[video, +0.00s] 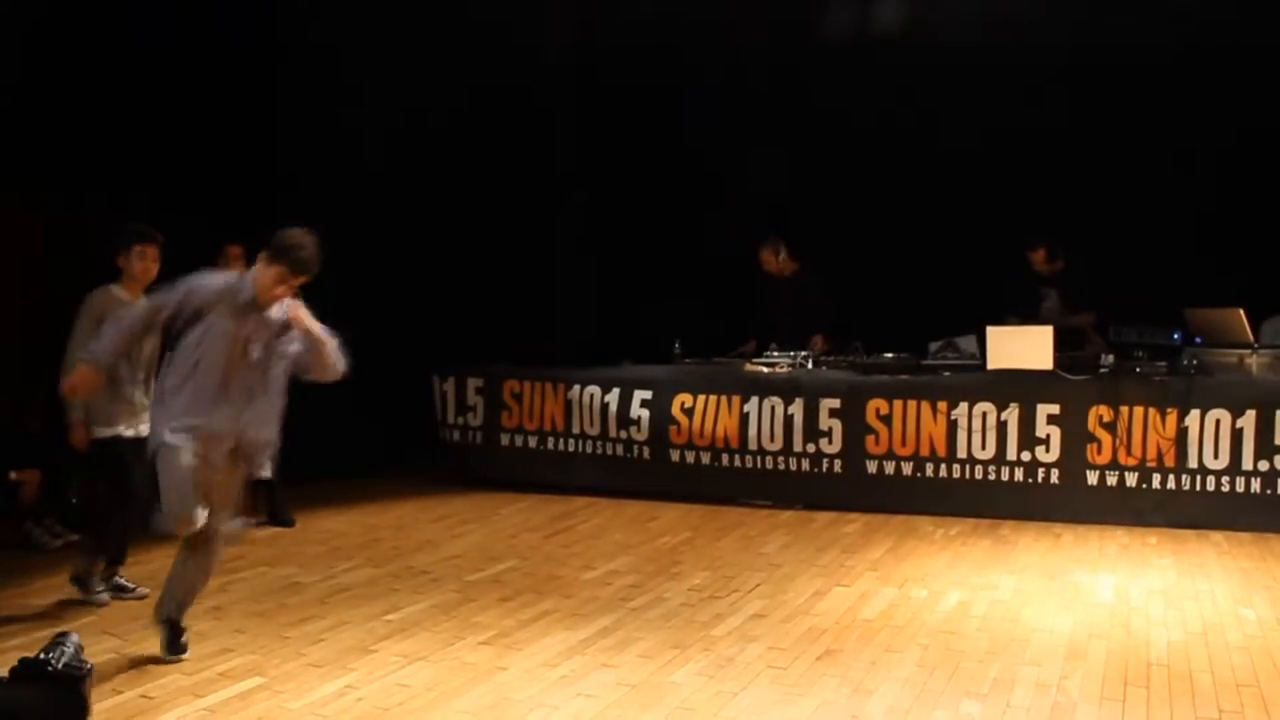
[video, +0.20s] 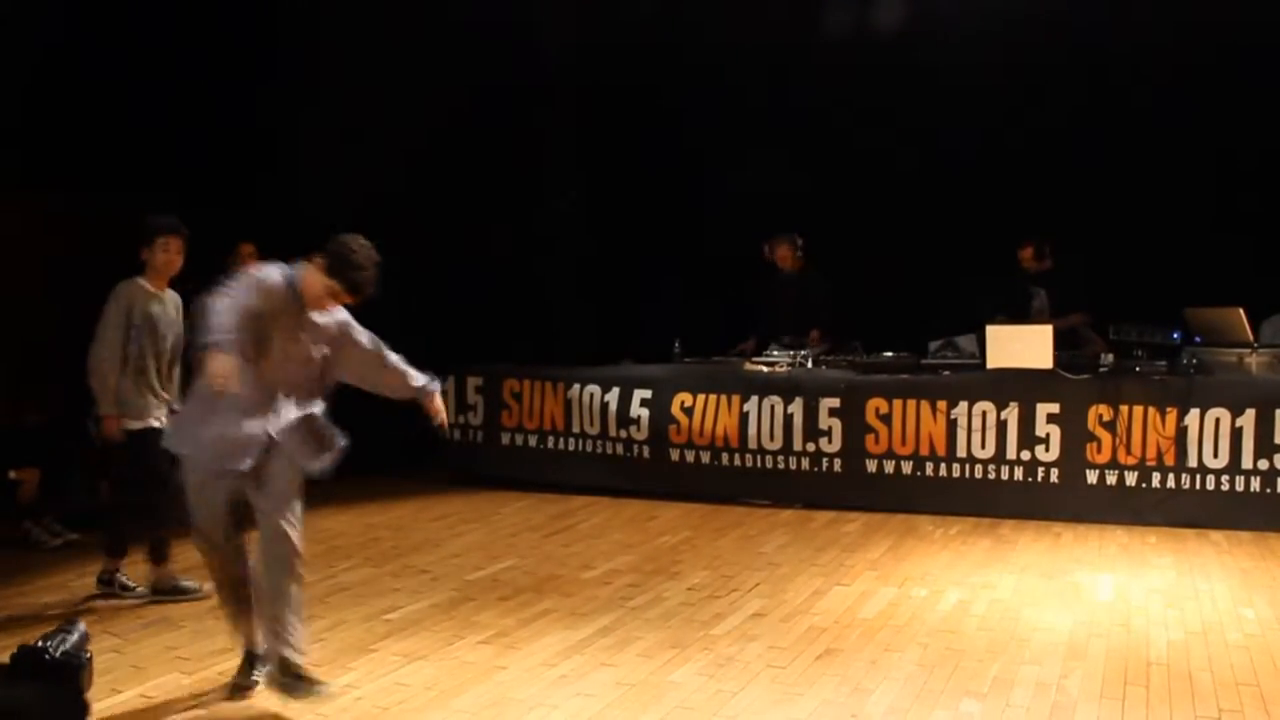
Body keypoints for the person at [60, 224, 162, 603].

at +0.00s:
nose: (149, 266)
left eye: (154, 259)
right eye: (142, 258)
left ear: (159, 265)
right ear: (124, 261)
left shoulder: (151, 309)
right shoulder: (102, 302)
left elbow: (148, 367)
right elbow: (77, 361)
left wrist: (152, 413)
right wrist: (77, 418)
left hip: (138, 424)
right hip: (104, 425)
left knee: (130, 501)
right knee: (105, 501)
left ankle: (113, 569)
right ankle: (87, 569)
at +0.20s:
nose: (173, 257)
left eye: (177, 250)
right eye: (165, 249)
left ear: (182, 256)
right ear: (147, 254)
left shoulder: (174, 301)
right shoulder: (128, 295)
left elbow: (172, 359)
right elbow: (105, 355)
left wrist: (172, 404)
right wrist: (108, 410)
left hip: (159, 417)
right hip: (129, 419)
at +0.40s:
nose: (207, 268)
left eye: (210, 259)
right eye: (201, 258)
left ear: (208, 262)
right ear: (181, 258)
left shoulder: (186, 304)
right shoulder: (160, 300)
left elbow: (179, 372)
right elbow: (144, 360)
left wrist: (193, 422)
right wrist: (143, 418)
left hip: (184, 422)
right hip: (164, 425)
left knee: (187, 490)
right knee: (174, 495)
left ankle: (149, 543)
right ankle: (167, 572)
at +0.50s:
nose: (214, 250)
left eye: (217, 242)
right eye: (207, 241)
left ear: (215, 246)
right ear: (186, 244)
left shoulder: (195, 287)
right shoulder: (179, 285)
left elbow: (188, 348)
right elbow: (167, 345)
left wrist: (192, 401)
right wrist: (166, 403)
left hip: (194, 413)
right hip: (176, 416)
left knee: (195, 487)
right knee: (174, 492)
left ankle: (181, 558)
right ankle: (165, 571)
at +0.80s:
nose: (212, 277)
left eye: (215, 270)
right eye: (212, 268)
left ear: (188, 261)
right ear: (199, 261)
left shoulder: (154, 295)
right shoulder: (182, 289)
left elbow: (147, 363)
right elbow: (186, 349)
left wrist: (154, 416)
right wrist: (198, 399)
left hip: (167, 412)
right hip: (186, 411)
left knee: (193, 486)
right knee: (187, 487)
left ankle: (203, 560)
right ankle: (140, 557)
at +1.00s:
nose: (179, 279)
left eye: (179, 273)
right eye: (179, 272)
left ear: (145, 265)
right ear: (169, 266)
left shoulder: (118, 299)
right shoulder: (165, 292)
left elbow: (116, 364)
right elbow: (176, 352)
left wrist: (124, 421)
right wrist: (181, 407)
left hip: (135, 412)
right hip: (164, 410)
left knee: (151, 482)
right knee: (184, 473)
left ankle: (153, 560)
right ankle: (182, 550)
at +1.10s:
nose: (156, 269)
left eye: (154, 264)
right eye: (155, 264)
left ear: (120, 261)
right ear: (148, 261)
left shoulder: (95, 294)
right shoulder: (151, 292)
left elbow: (87, 353)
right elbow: (164, 351)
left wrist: (102, 396)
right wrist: (164, 402)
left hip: (101, 417)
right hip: (141, 414)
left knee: (113, 490)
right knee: (160, 481)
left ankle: (121, 562)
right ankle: (188, 546)